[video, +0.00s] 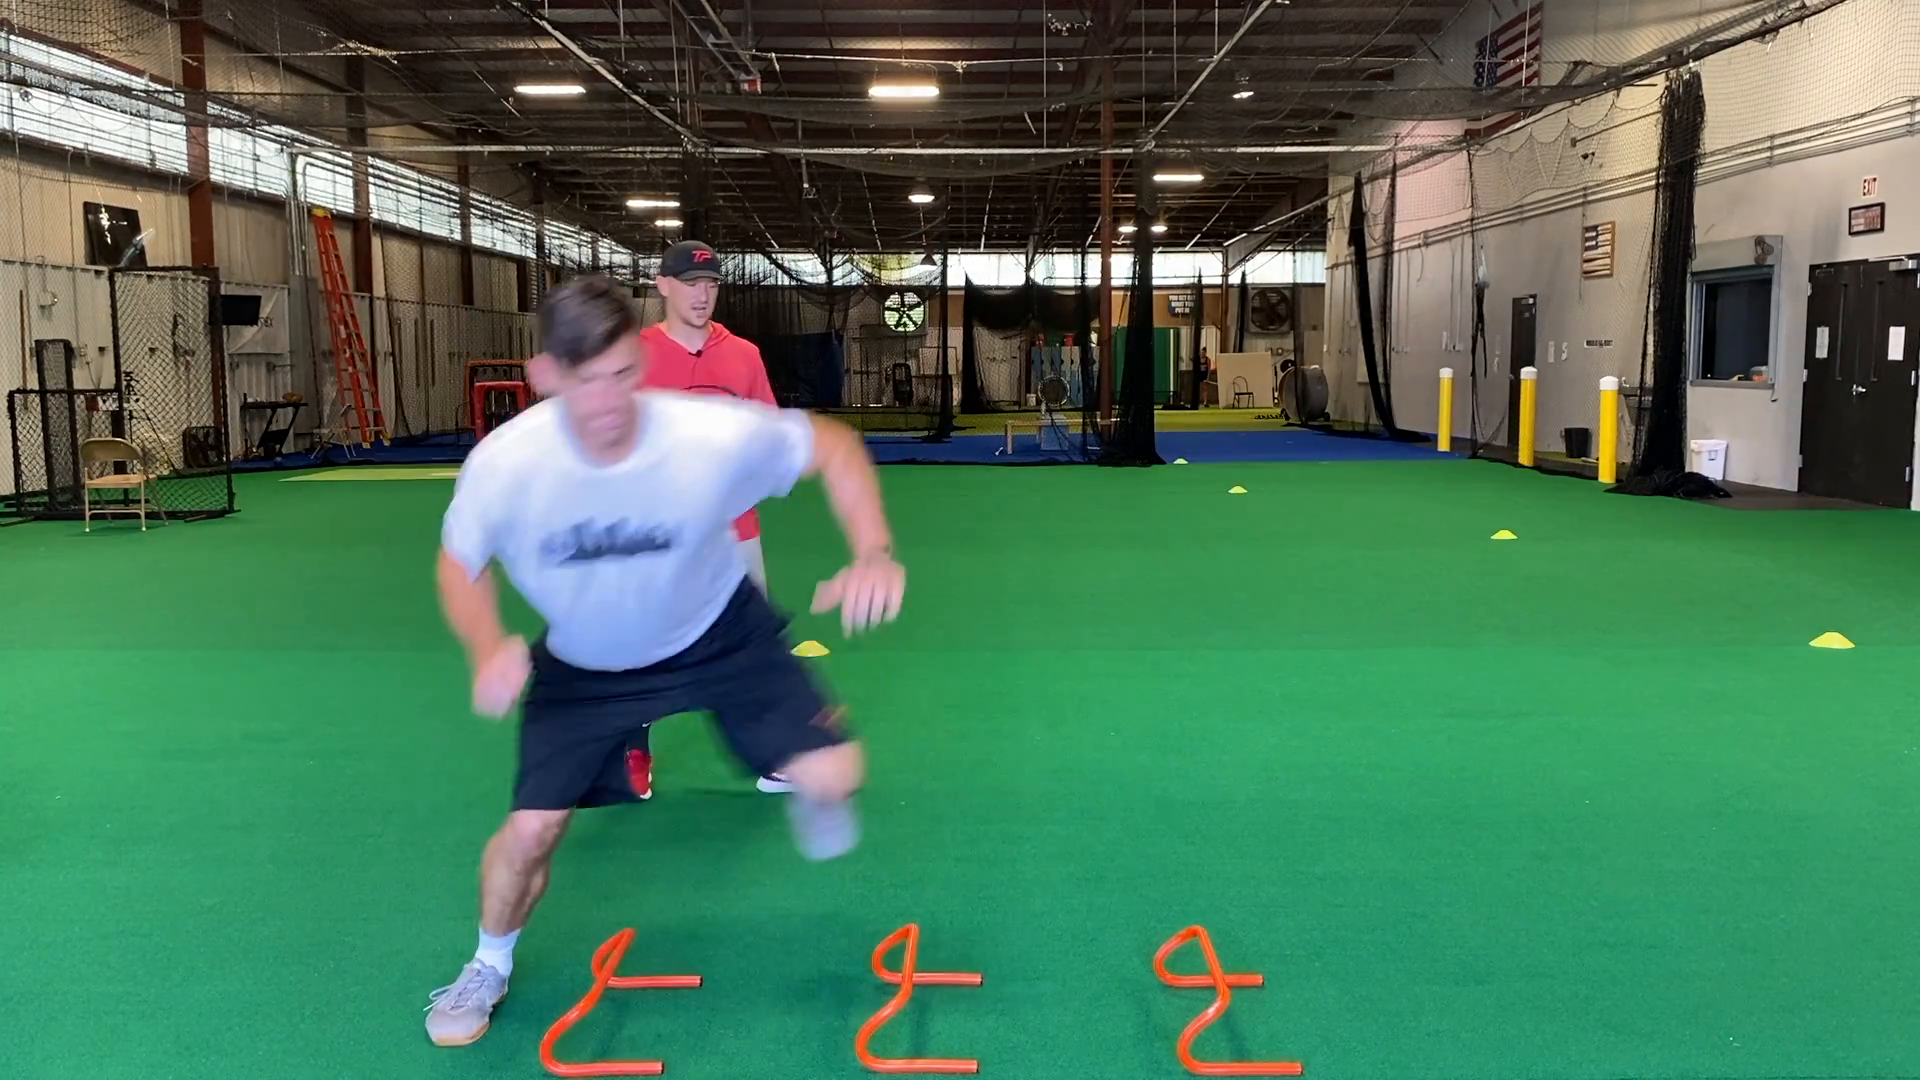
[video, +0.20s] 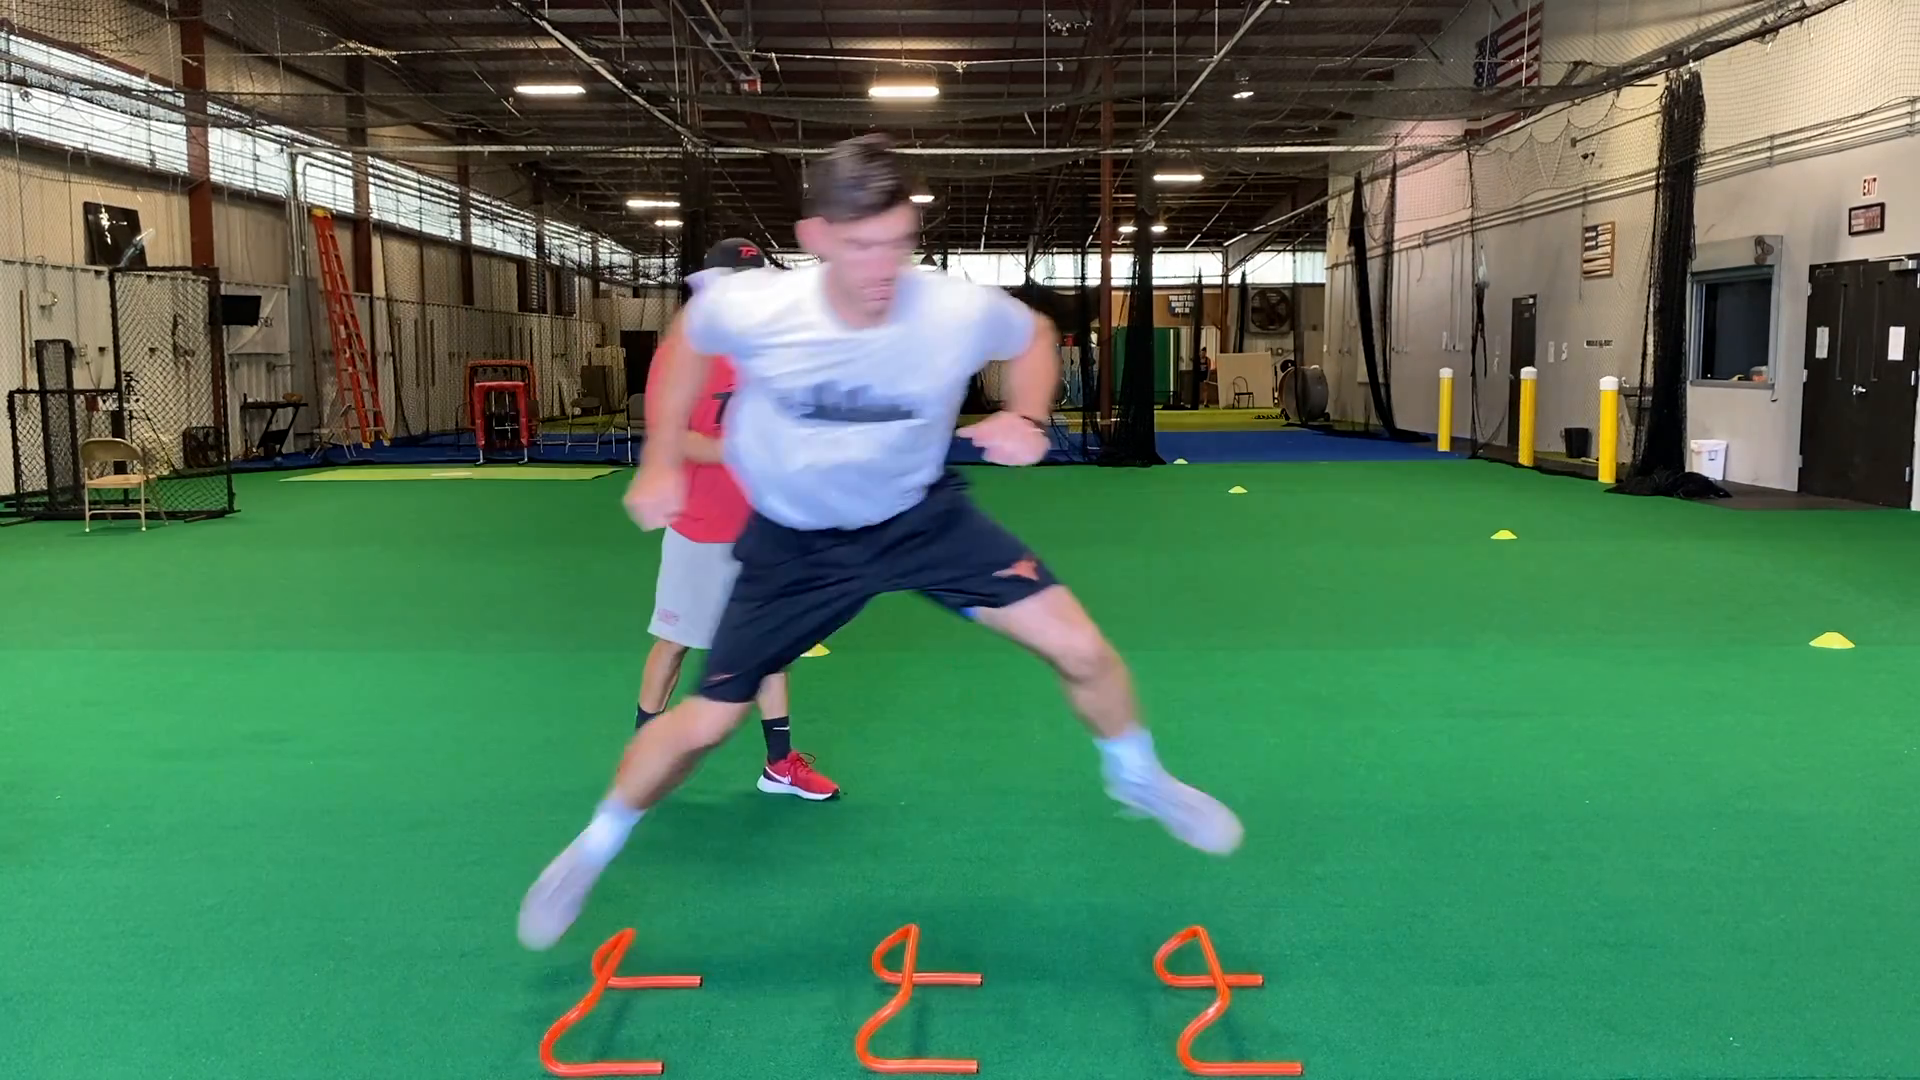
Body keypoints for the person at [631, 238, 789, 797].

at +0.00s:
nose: (701, 295)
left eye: (709, 285)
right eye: (689, 284)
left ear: (718, 290)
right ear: (662, 287)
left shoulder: (743, 356)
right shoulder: (634, 357)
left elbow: (777, 442)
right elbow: (618, 441)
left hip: (731, 527)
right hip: (651, 530)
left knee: (753, 645)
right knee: (630, 642)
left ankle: (778, 754)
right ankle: (633, 747)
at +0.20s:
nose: (744, 299)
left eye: (752, 287)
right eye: (732, 287)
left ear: (763, 288)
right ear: (706, 288)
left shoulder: (776, 348)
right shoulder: (681, 351)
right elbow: (667, 435)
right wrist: (740, 450)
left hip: (764, 523)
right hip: (699, 524)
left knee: (771, 645)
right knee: (676, 640)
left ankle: (780, 759)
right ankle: (645, 754)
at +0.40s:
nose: (789, 289)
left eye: (796, 278)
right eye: (776, 278)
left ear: (801, 285)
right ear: (748, 282)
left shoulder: (808, 355)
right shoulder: (716, 349)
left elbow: (808, 438)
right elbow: (723, 430)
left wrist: (841, 438)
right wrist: (803, 401)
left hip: (792, 526)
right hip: (728, 525)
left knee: (779, 638)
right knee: (700, 634)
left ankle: (780, 761)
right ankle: (647, 739)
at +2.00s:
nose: (816, 294)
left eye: (823, 285)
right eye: (805, 283)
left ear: (832, 291)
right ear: (779, 285)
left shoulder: (838, 364)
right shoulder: (745, 347)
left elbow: (842, 447)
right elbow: (735, 430)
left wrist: (875, 478)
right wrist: (799, 489)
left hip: (807, 525)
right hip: (745, 519)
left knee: (785, 640)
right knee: (727, 633)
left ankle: (781, 762)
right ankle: (677, 747)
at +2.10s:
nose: (808, 295)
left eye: (817, 286)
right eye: (798, 284)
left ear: (827, 291)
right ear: (774, 286)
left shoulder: (837, 365)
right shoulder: (737, 348)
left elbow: (844, 445)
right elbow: (723, 434)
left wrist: (883, 464)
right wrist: (759, 510)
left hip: (804, 528)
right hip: (737, 520)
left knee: (783, 643)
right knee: (717, 636)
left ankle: (781, 762)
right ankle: (676, 752)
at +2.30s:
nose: (784, 296)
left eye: (794, 286)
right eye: (774, 285)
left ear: (806, 290)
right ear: (753, 287)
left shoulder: (829, 362)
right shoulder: (717, 351)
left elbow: (853, 446)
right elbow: (687, 443)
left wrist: (875, 428)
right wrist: (673, 526)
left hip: (791, 534)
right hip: (718, 529)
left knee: (780, 646)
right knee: (694, 642)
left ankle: (781, 762)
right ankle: (669, 764)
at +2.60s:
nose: (710, 295)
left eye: (719, 282)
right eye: (697, 287)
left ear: (737, 282)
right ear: (682, 292)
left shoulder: (778, 355)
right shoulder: (662, 358)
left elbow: (803, 436)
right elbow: (640, 434)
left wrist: (831, 451)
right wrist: (641, 489)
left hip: (753, 533)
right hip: (678, 531)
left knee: (762, 647)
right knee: (671, 645)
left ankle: (781, 762)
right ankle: (663, 770)